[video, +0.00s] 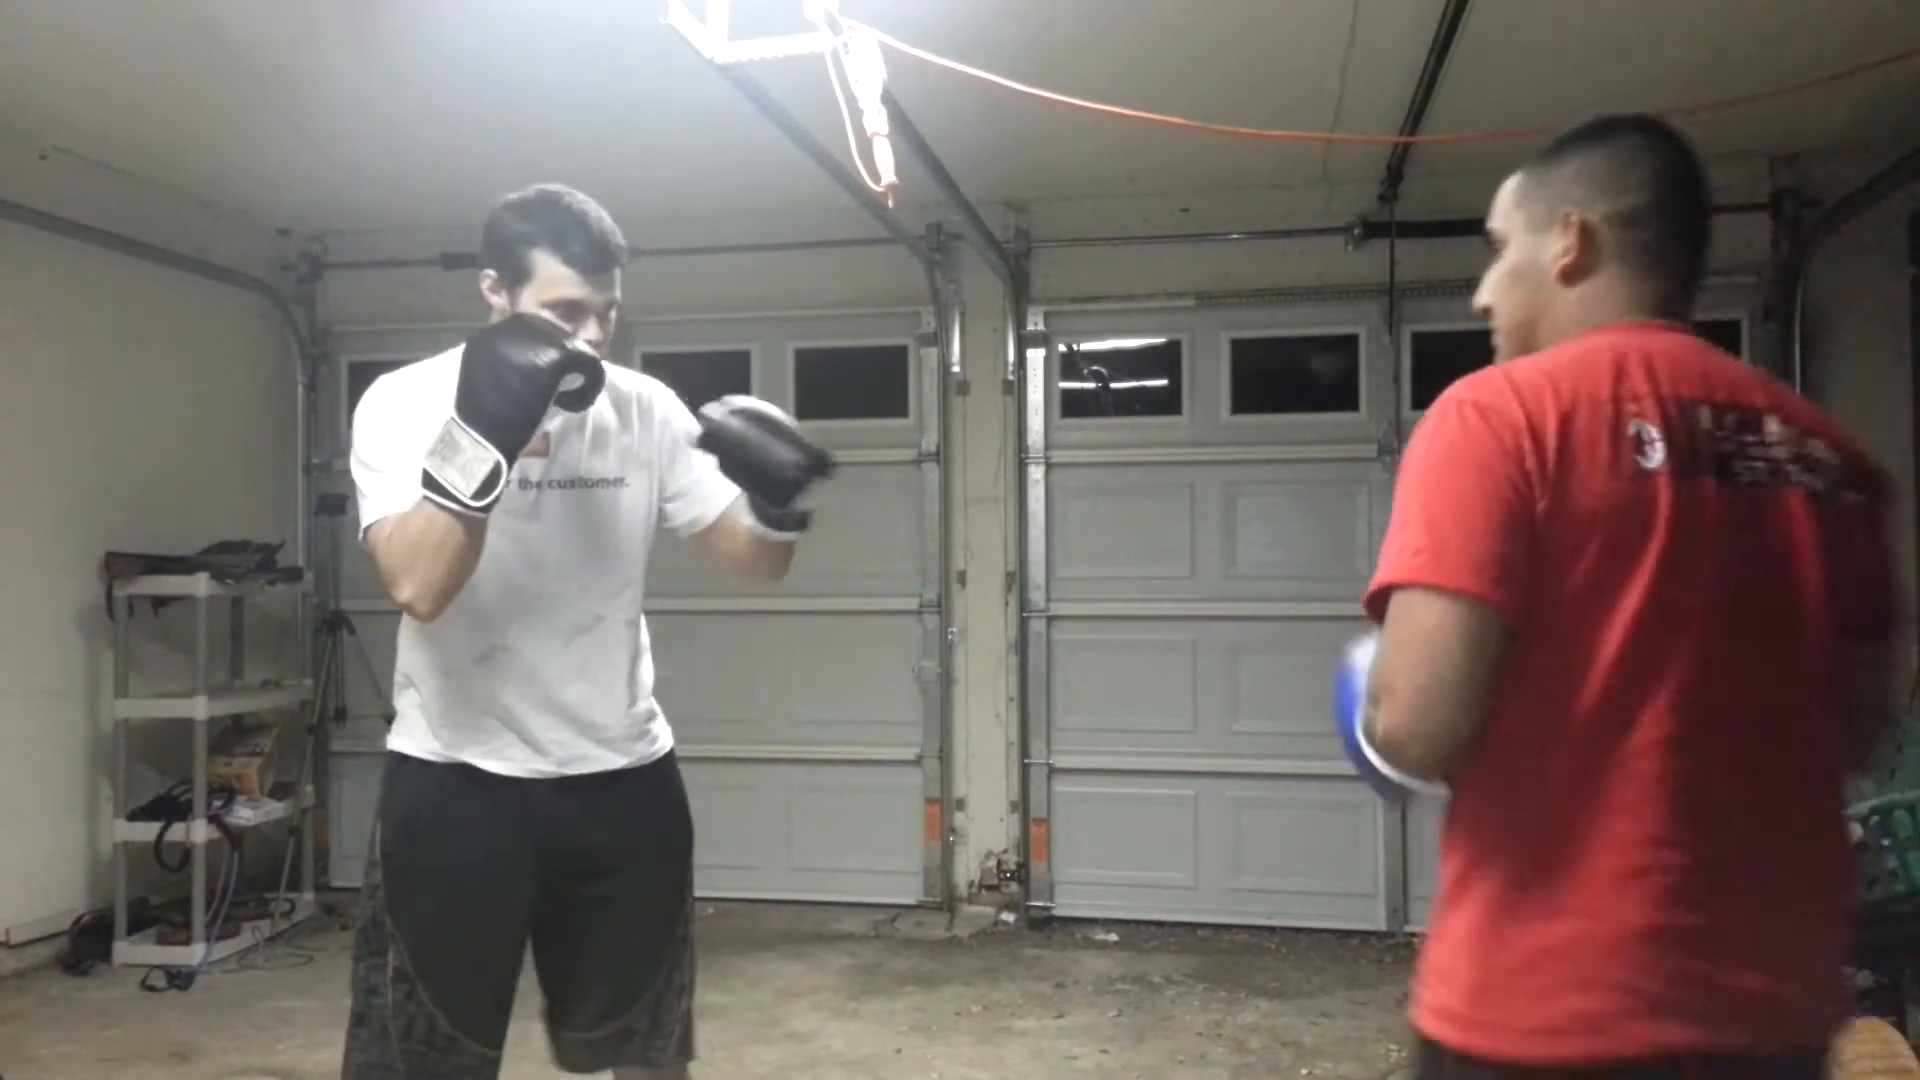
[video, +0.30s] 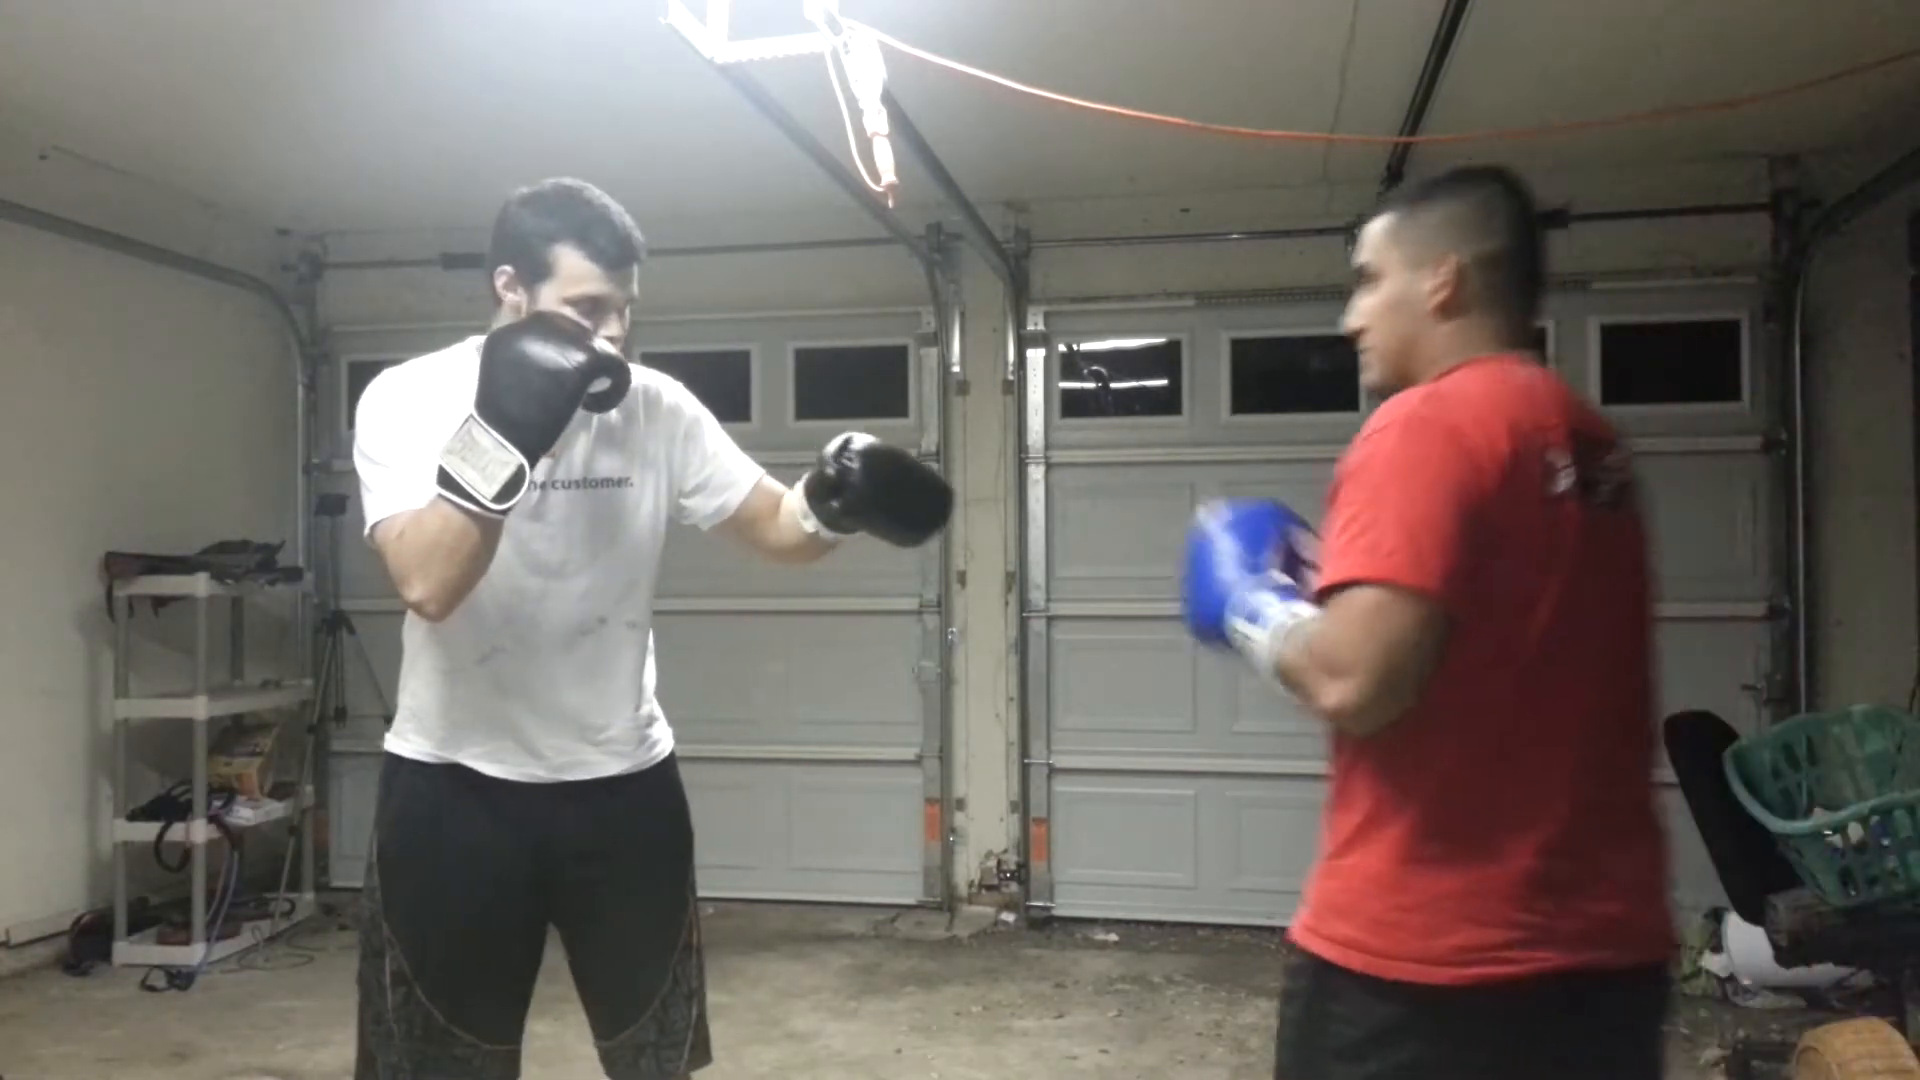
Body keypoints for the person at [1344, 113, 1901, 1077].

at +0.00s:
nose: (1481, 289)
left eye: (1498, 245)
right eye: (1489, 251)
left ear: (1570, 245)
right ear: (1680, 262)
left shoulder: (1498, 413)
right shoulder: (1834, 453)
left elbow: (1422, 730)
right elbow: (1861, 728)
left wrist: (1384, 677)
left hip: (1545, 1020)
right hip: (1773, 1018)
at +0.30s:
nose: (1348, 317)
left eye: (1367, 281)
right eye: (1355, 287)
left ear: (1442, 284)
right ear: (1457, 285)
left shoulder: (1430, 426)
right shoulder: (1589, 435)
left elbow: (1356, 679)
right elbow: (1508, 651)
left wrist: (1244, 603)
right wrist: (1332, 572)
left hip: (1422, 977)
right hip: (1596, 973)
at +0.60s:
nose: (1208, 339)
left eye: (1225, 310)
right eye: (1212, 312)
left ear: (1293, 321)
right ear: (1295, 321)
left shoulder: (1291, 455)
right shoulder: (1397, 445)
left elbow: (1114, 620)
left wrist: (1081, 475)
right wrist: (1167, 487)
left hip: (1262, 907)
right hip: (1371, 892)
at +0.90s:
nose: (1140, 350)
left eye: (1158, 325)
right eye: (1143, 328)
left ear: (1225, 338)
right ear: (1224, 341)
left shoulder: (1245, 447)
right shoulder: (1220, 446)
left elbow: (1023, 509)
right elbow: (1045, 510)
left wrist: (1022, 367)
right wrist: (1017, 411)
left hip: (1197, 854)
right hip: (1164, 847)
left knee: (1169, 1067)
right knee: (1147, 1063)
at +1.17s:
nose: (1090, 370)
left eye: (1114, 348)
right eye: (1092, 350)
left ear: (1183, 358)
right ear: (1079, 359)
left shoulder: (1206, 461)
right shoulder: (1100, 466)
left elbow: (1044, 453)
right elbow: (968, 460)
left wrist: (1035, 329)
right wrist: (985, 338)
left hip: (1134, 824)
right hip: (1076, 816)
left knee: (1102, 1060)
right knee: (1076, 1055)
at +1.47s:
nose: (1030, 381)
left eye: (1050, 361)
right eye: (1028, 365)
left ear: (1116, 369)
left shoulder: (1151, 470)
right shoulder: (1035, 476)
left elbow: (1032, 541)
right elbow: (923, 557)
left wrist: (938, 436)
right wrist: (879, 466)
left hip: (1103, 796)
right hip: (1045, 793)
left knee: (994, 1033)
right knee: (1093, 1044)